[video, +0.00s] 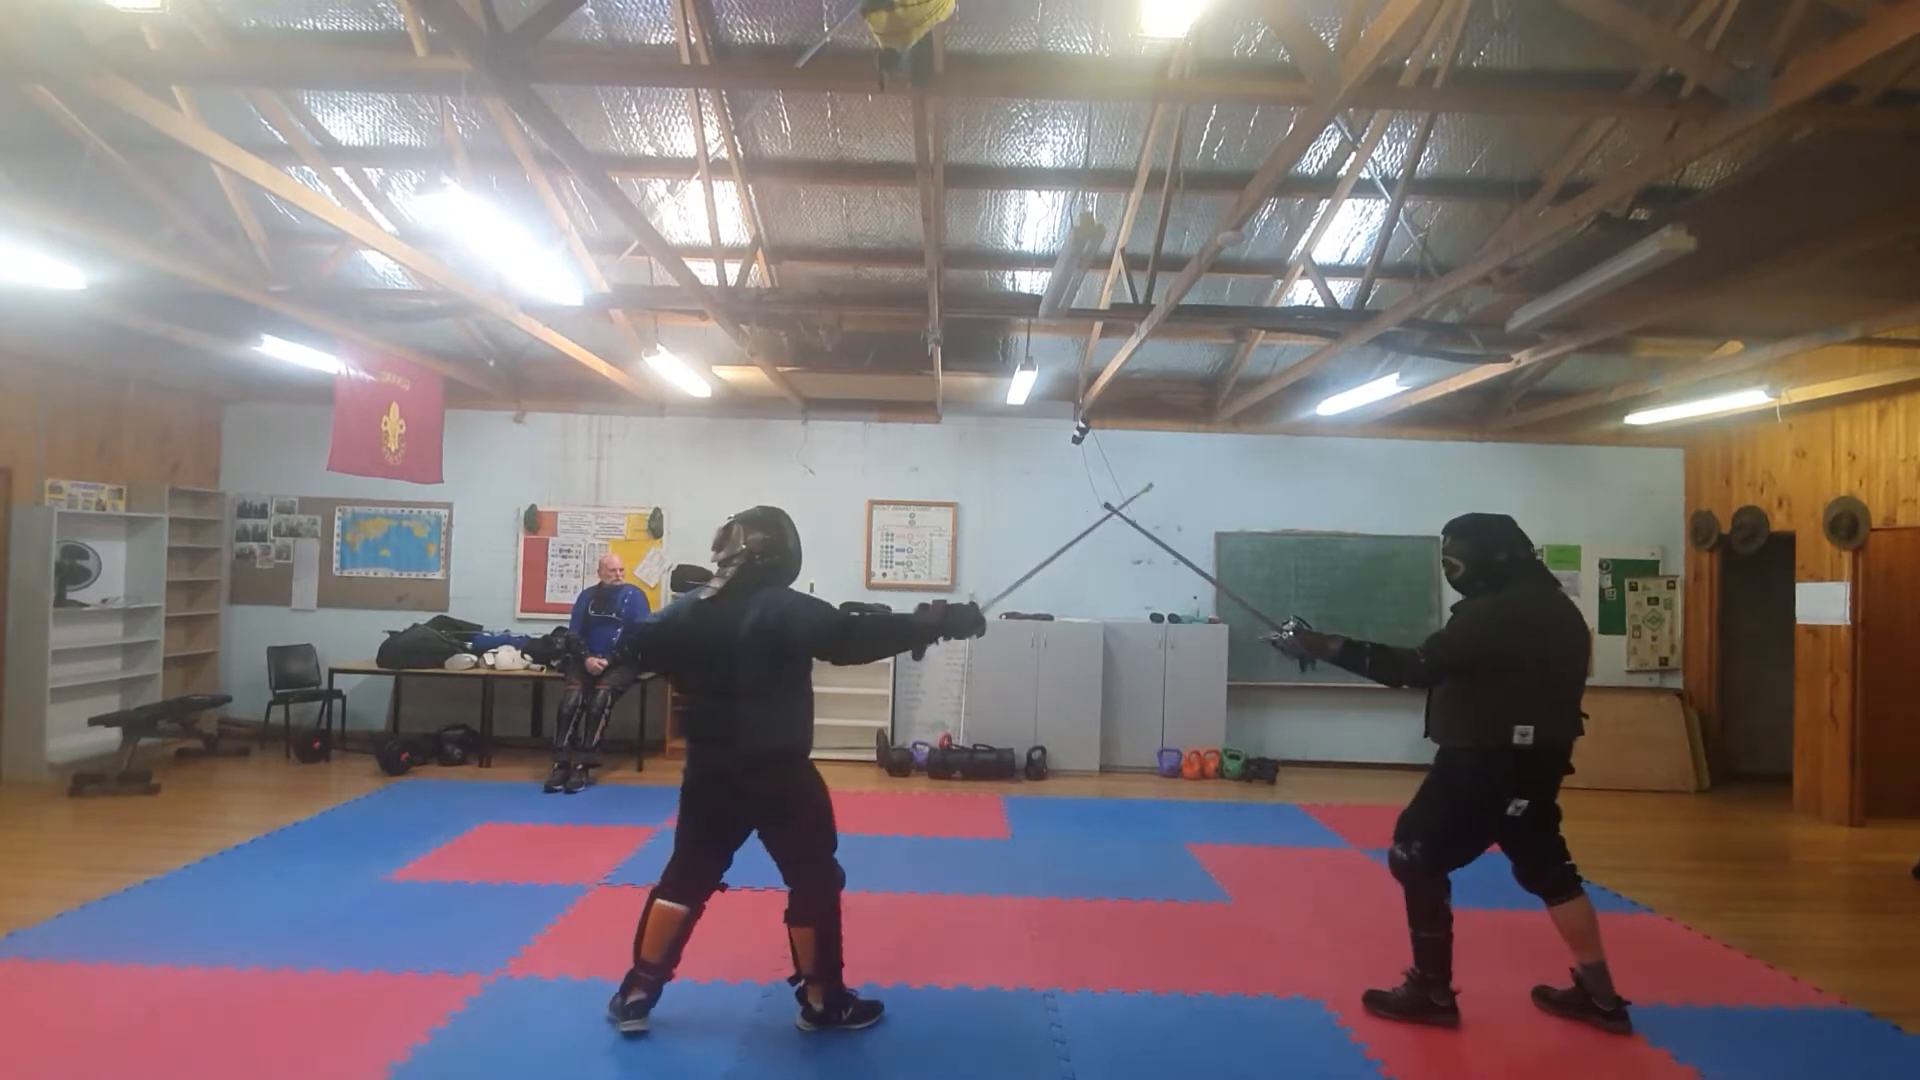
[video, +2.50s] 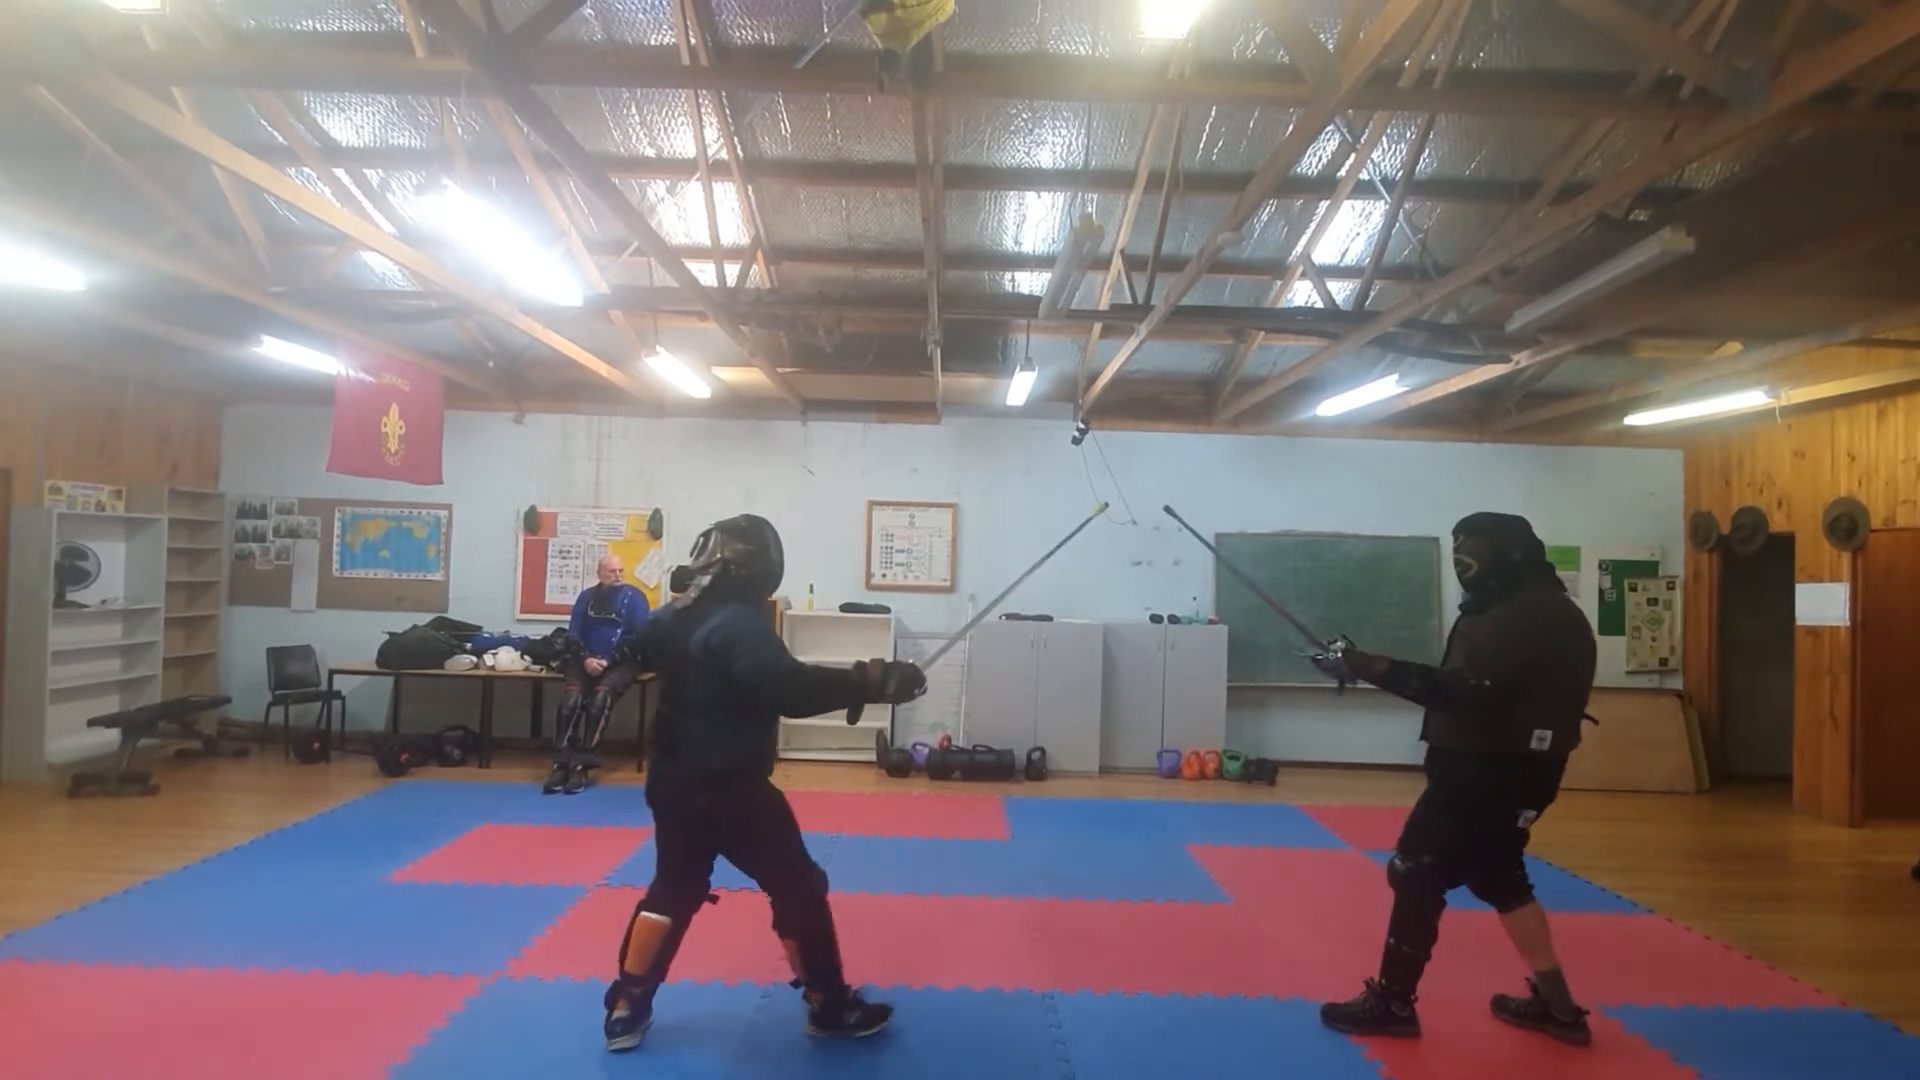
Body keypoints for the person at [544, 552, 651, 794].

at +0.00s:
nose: (619, 575)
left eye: (621, 571)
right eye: (613, 571)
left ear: (624, 571)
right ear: (599, 572)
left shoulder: (634, 596)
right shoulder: (586, 596)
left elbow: (638, 636)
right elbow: (573, 634)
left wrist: (609, 660)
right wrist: (586, 658)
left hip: (620, 661)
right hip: (585, 659)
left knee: (601, 696)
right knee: (572, 696)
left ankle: (582, 767)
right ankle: (561, 765)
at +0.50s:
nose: (619, 575)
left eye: (621, 571)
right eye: (613, 571)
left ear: (624, 571)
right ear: (599, 572)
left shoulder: (635, 597)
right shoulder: (586, 596)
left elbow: (639, 637)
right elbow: (573, 635)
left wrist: (609, 660)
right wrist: (586, 658)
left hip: (619, 662)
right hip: (585, 659)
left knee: (601, 696)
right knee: (572, 696)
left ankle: (581, 767)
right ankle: (561, 765)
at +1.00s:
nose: (618, 576)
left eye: (621, 571)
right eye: (613, 572)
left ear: (624, 572)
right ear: (599, 573)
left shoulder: (634, 597)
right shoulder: (586, 597)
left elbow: (639, 636)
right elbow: (573, 635)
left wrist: (609, 660)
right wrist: (585, 658)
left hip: (619, 662)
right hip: (585, 660)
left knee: (601, 697)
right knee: (572, 697)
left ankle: (582, 768)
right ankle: (561, 765)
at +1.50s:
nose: (618, 576)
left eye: (621, 572)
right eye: (612, 572)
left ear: (624, 572)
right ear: (599, 573)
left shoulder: (634, 597)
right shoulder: (586, 597)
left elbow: (637, 636)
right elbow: (573, 635)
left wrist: (609, 660)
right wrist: (585, 658)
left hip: (619, 662)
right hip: (585, 659)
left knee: (601, 696)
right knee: (572, 697)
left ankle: (581, 768)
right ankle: (560, 765)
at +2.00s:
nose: (618, 577)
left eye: (621, 572)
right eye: (612, 572)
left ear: (624, 573)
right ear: (599, 574)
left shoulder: (634, 598)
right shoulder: (587, 597)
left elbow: (640, 639)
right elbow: (573, 636)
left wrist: (608, 661)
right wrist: (585, 659)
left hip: (619, 663)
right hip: (585, 660)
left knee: (601, 696)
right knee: (572, 697)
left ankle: (581, 768)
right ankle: (560, 766)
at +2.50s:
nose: (617, 576)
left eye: (621, 571)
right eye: (612, 572)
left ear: (624, 572)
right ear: (599, 573)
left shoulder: (634, 597)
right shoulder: (586, 597)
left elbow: (638, 636)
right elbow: (573, 634)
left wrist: (608, 660)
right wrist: (585, 658)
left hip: (619, 661)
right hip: (585, 659)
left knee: (601, 695)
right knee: (572, 695)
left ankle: (581, 767)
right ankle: (560, 765)